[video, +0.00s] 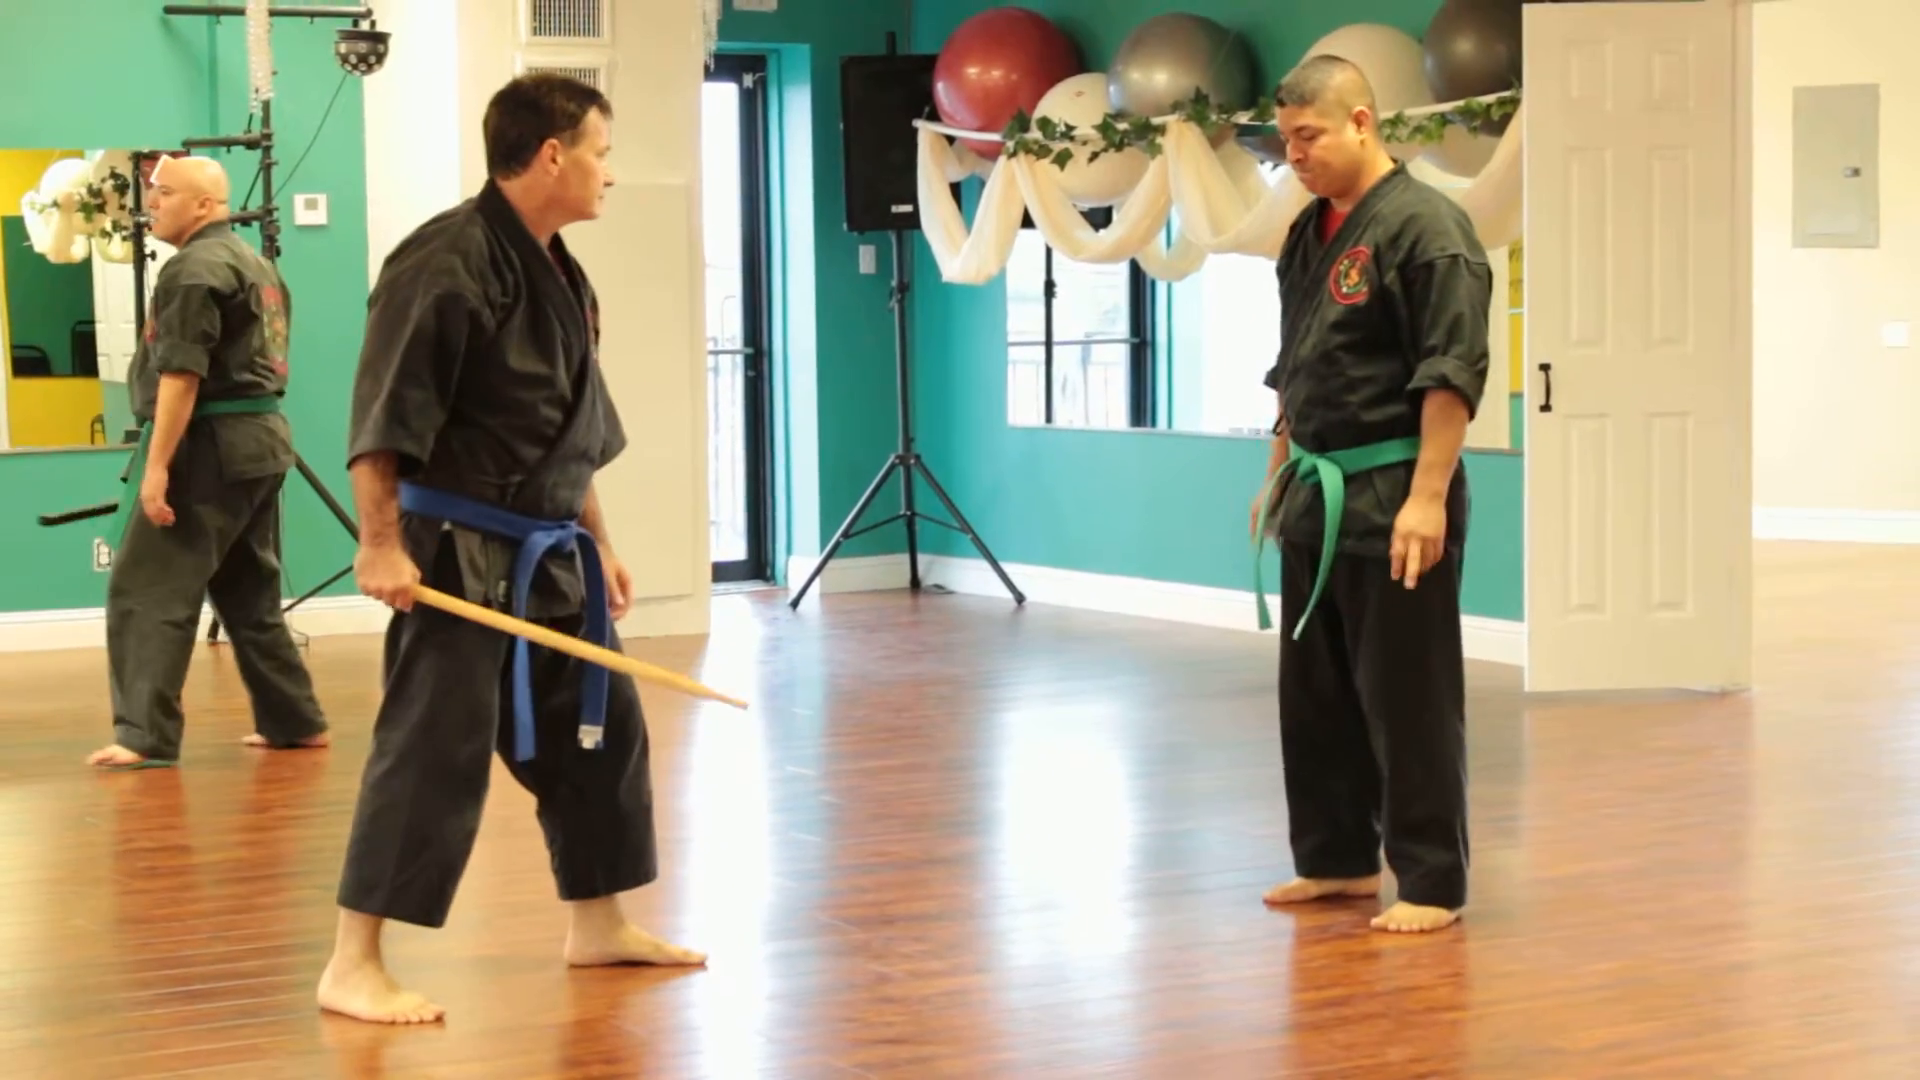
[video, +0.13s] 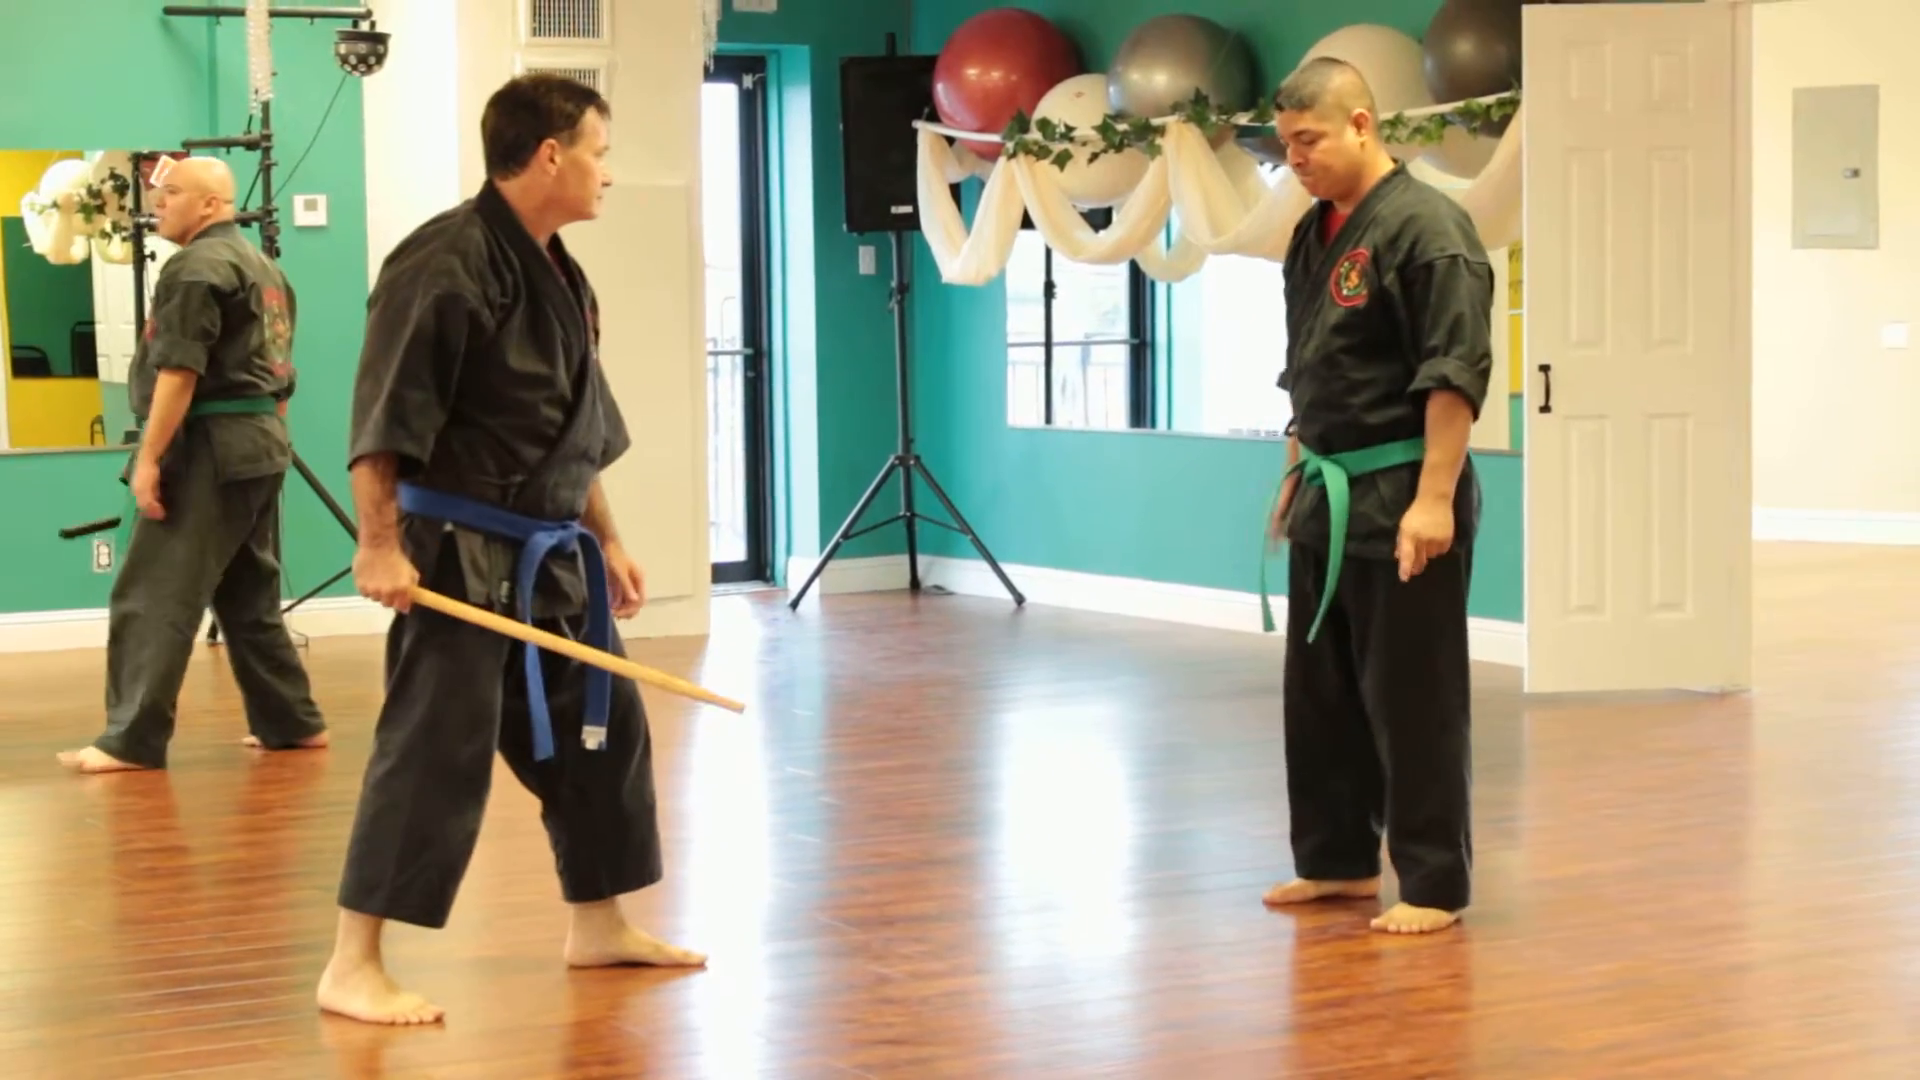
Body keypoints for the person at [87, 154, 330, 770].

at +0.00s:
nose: (150, 203)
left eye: (162, 193)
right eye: (152, 192)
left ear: (202, 205)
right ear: (208, 207)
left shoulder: (192, 270)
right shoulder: (249, 260)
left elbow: (181, 378)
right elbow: (259, 366)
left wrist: (156, 464)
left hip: (211, 444)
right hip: (259, 438)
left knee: (148, 587)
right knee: (248, 590)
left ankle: (147, 736)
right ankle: (294, 721)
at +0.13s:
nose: (155, 201)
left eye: (169, 192)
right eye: (158, 190)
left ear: (211, 205)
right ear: (218, 208)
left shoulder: (195, 269)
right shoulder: (258, 263)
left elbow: (178, 374)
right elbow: (271, 366)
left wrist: (148, 456)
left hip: (212, 443)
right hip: (260, 440)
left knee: (154, 591)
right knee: (248, 594)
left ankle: (133, 740)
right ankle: (291, 723)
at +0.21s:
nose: (156, 201)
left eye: (169, 192)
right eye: (158, 190)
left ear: (211, 205)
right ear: (220, 209)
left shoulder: (193, 270)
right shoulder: (262, 267)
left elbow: (171, 375)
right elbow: (278, 374)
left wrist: (135, 458)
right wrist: (267, 444)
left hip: (206, 445)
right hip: (255, 444)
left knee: (148, 594)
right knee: (240, 591)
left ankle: (132, 742)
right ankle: (290, 722)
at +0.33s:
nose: (152, 202)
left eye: (164, 192)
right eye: (154, 191)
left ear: (207, 206)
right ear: (214, 209)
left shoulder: (192, 272)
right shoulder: (254, 266)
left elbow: (159, 379)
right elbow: (270, 373)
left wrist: (116, 456)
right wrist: (260, 444)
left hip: (198, 447)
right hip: (246, 444)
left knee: (142, 593)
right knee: (237, 590)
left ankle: (130, 744)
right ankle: (289, 722)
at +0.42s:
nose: (151, 204)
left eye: (163, 194)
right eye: (153, 192)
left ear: (205, 207)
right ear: (211, 209)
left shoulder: (192, 272)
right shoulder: (245, 263)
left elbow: (157, 380)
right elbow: (251, 367)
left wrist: (109, 455)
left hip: (197, 446)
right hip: (243, 442)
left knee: (142, 592)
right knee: (237, 591)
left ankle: (130, 744)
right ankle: (289, 722)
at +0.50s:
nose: (148, 205)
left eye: (161, 195)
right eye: (151, 193)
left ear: (202, 208)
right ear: (208, 210)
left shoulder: (191, 272)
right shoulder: (240, 262)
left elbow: (159, 381)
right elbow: (245, 365)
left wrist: (111, 455)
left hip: (196, 447)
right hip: (242, 442)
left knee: (141, 593)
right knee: (237, 591)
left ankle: (130, 744)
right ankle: (289, 722)